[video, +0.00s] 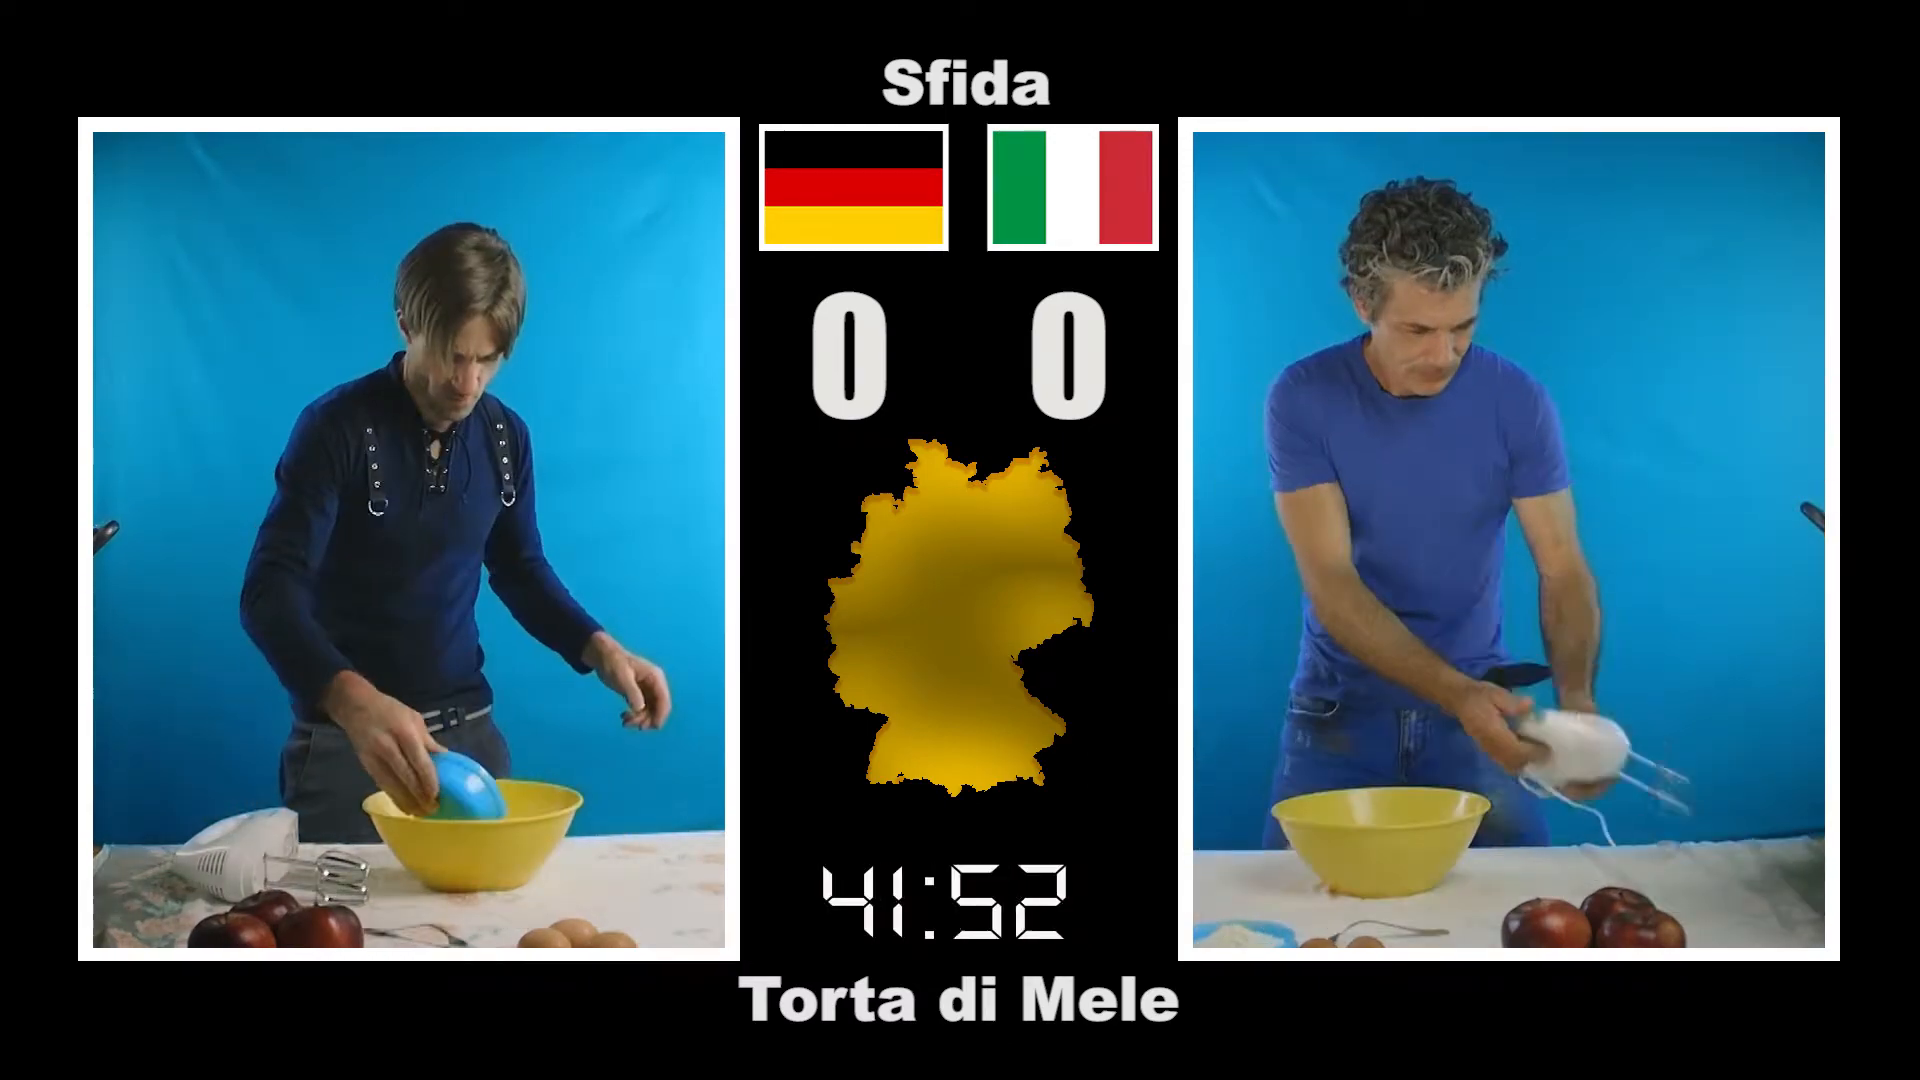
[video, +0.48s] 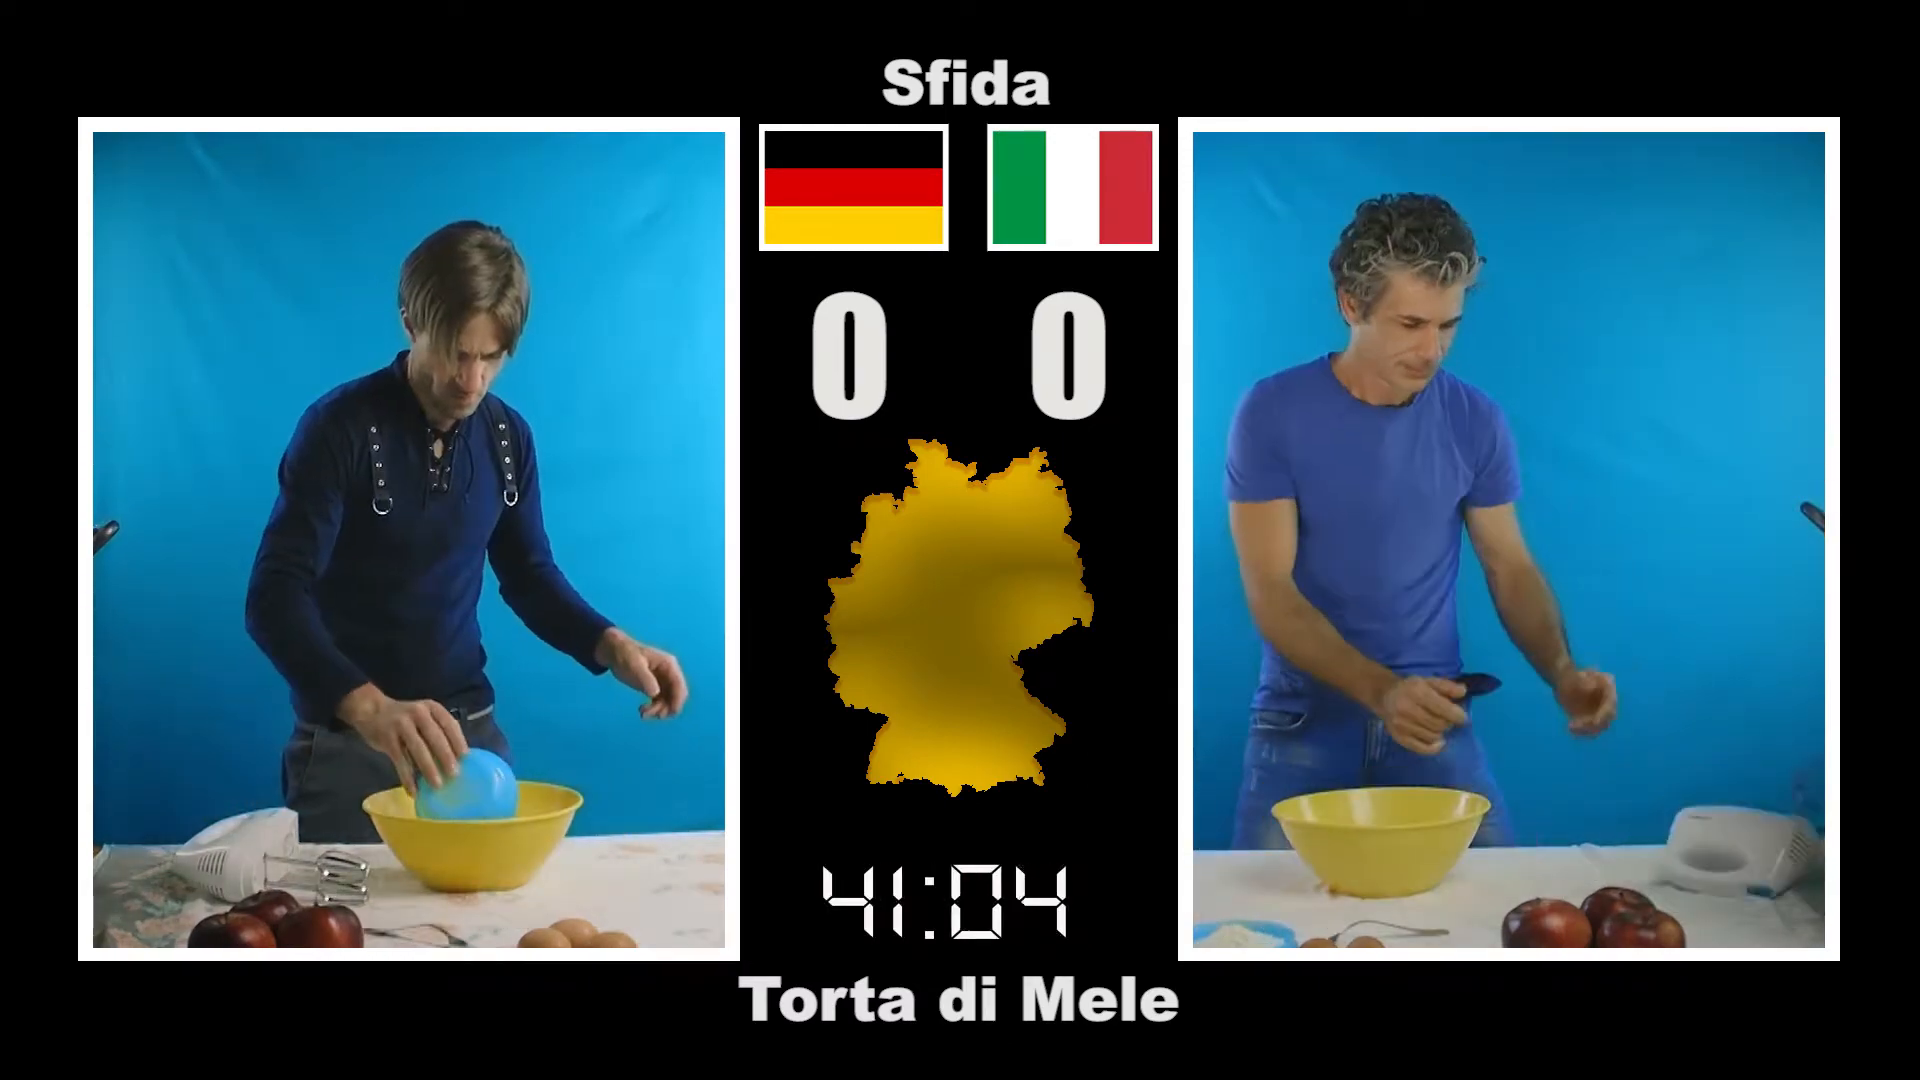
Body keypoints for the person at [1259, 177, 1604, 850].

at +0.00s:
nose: (1442, 354)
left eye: (1462, 328)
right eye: (1416, 331)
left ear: (1479, 302)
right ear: (1364, 305)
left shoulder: (1515, 401)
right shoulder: (1307, 399)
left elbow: (1562, 566)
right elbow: (1333, 585)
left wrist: (1575, 705)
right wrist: (1460, 693)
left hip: (1475, 718)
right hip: (1340, 712)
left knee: (1502, 941)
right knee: (1317, 932)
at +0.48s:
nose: (1432, 349)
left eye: (1448, 325)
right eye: (1410, 324)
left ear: (1462, 314)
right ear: (1352, 307)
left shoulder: (1472, 421)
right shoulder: (1275, 413)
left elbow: (1510, 564)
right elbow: (1270, 593)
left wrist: (1562, 673)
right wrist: (1381, 689)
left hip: (1434, 731)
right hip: (1305, 733)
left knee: (1492, 923)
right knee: (1283, 939)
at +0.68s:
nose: (1410, 380)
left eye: (1426, 356)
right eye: (1389, 354)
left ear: (1440, 346)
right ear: (1329, 342)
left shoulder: (1463, 450)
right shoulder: (1256, 448)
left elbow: (1517, 585)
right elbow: (1222, 617)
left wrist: (1558, 721)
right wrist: (1292, 722)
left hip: (1427, 735)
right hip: (1295, 736)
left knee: (1497, 916)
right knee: (1260, 934)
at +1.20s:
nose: (1420, 460)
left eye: (1432, 433)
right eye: (1396, 438)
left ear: (1442, 411)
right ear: (1328, 421)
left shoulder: (1463, 493)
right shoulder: (1260, 495)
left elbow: (1561, 631)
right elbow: (1266, 684)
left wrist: (1651, 749)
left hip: (1419, 762)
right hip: (1294, 759)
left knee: (1436, 932)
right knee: (1254, 926)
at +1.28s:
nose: (1440, 467)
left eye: (1455, 440)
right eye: (1417, 445)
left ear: (1465, 420)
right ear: (1351, 430)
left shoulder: (1479, 493)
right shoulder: (1293, 497)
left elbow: (1571, 643)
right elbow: (1345, 684)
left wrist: (1640, 769)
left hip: (1433, 760)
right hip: (1309, 757)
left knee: (1456, 932)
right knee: (1272, 930)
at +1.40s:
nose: (1509, 479)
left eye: (1522, 452)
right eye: (1486, 454)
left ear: (1533, 439)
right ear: (1418, 445)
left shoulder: (1529, 507)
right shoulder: (1361, 524)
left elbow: (1578, 656)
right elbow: (1458, 667)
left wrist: (1624, 778)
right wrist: (1614, 763)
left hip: (1450, 761)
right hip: (1333, 769)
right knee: (1313, 937)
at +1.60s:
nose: (1612, 496)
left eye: (1630, 469)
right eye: (1589, 469)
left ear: (1644, 450)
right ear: (1524, 446)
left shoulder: (1630, 533)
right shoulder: (1449, 508)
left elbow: (1658, 690)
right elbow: (1467, 693)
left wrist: (1723, 794)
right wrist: (1616, 803)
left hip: (1500, 743)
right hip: (1383, 750)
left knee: (1524, 919)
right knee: (1361, 925)